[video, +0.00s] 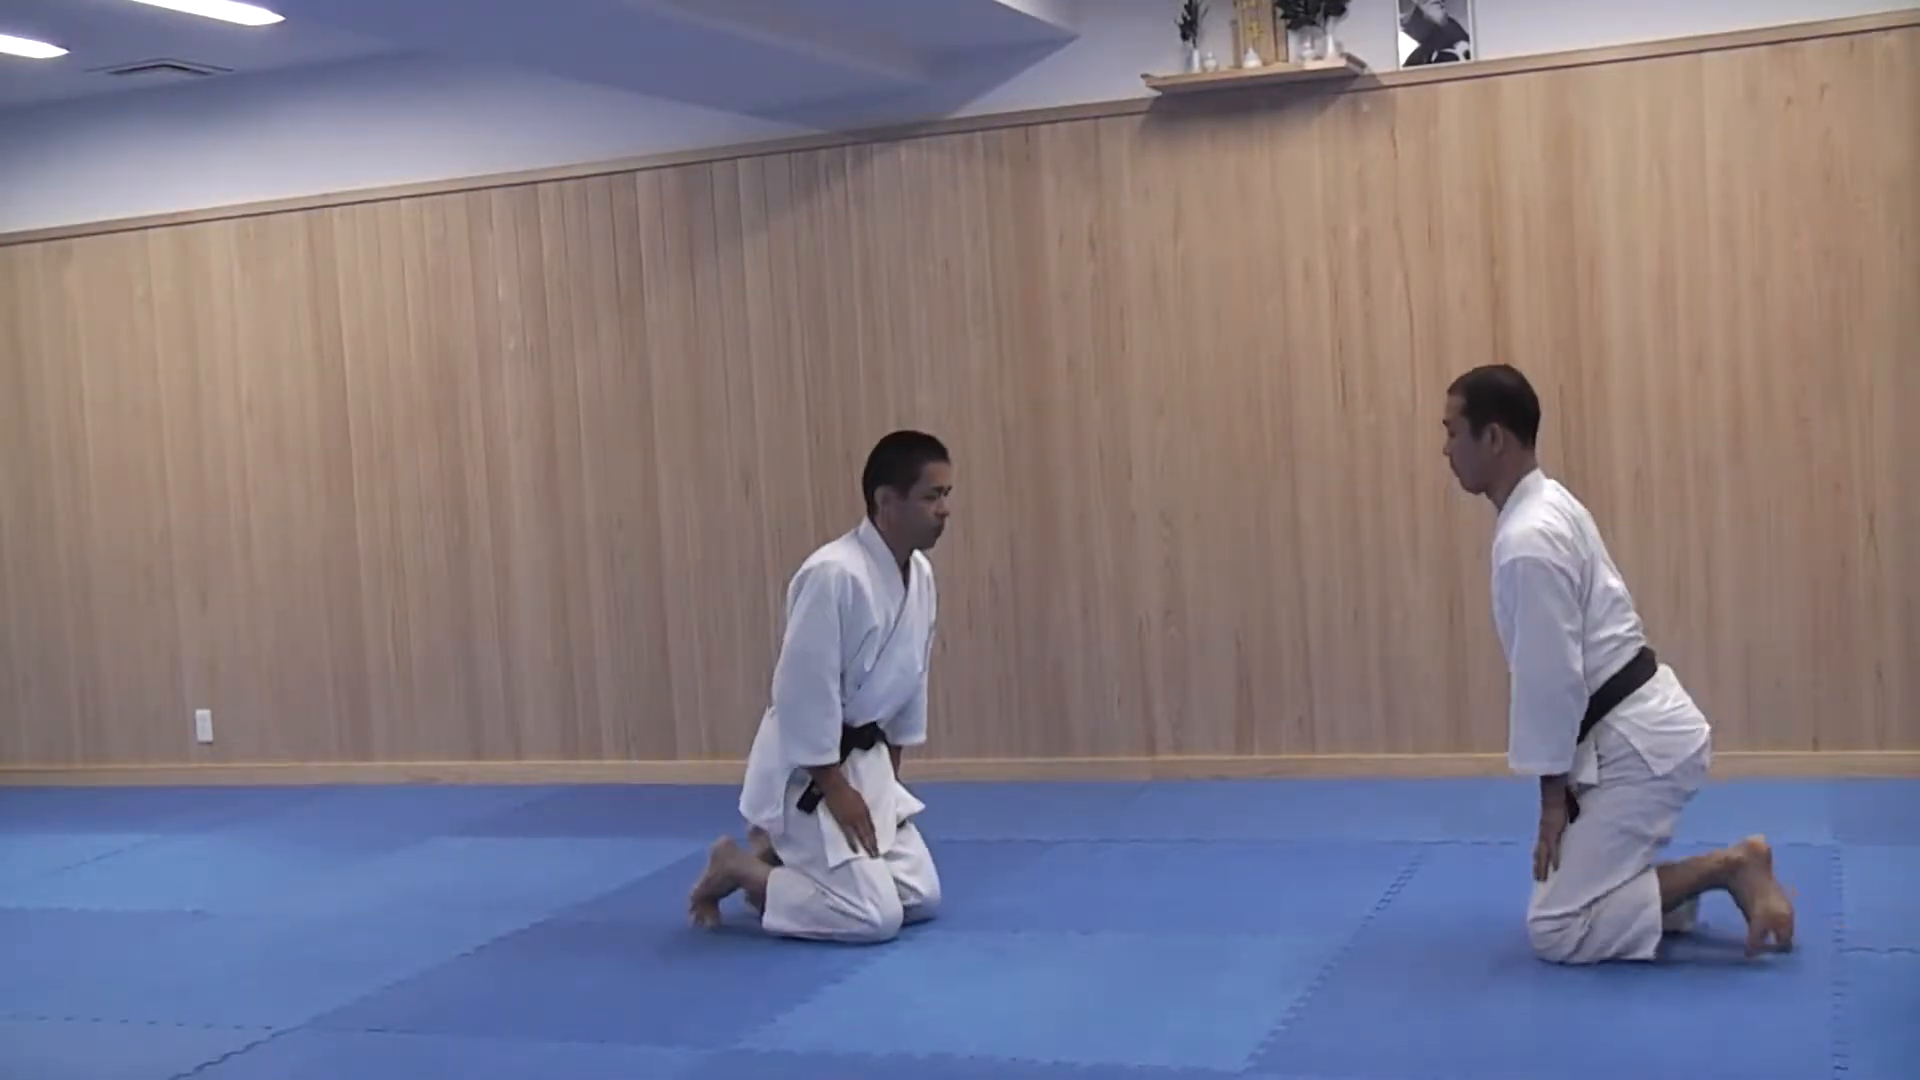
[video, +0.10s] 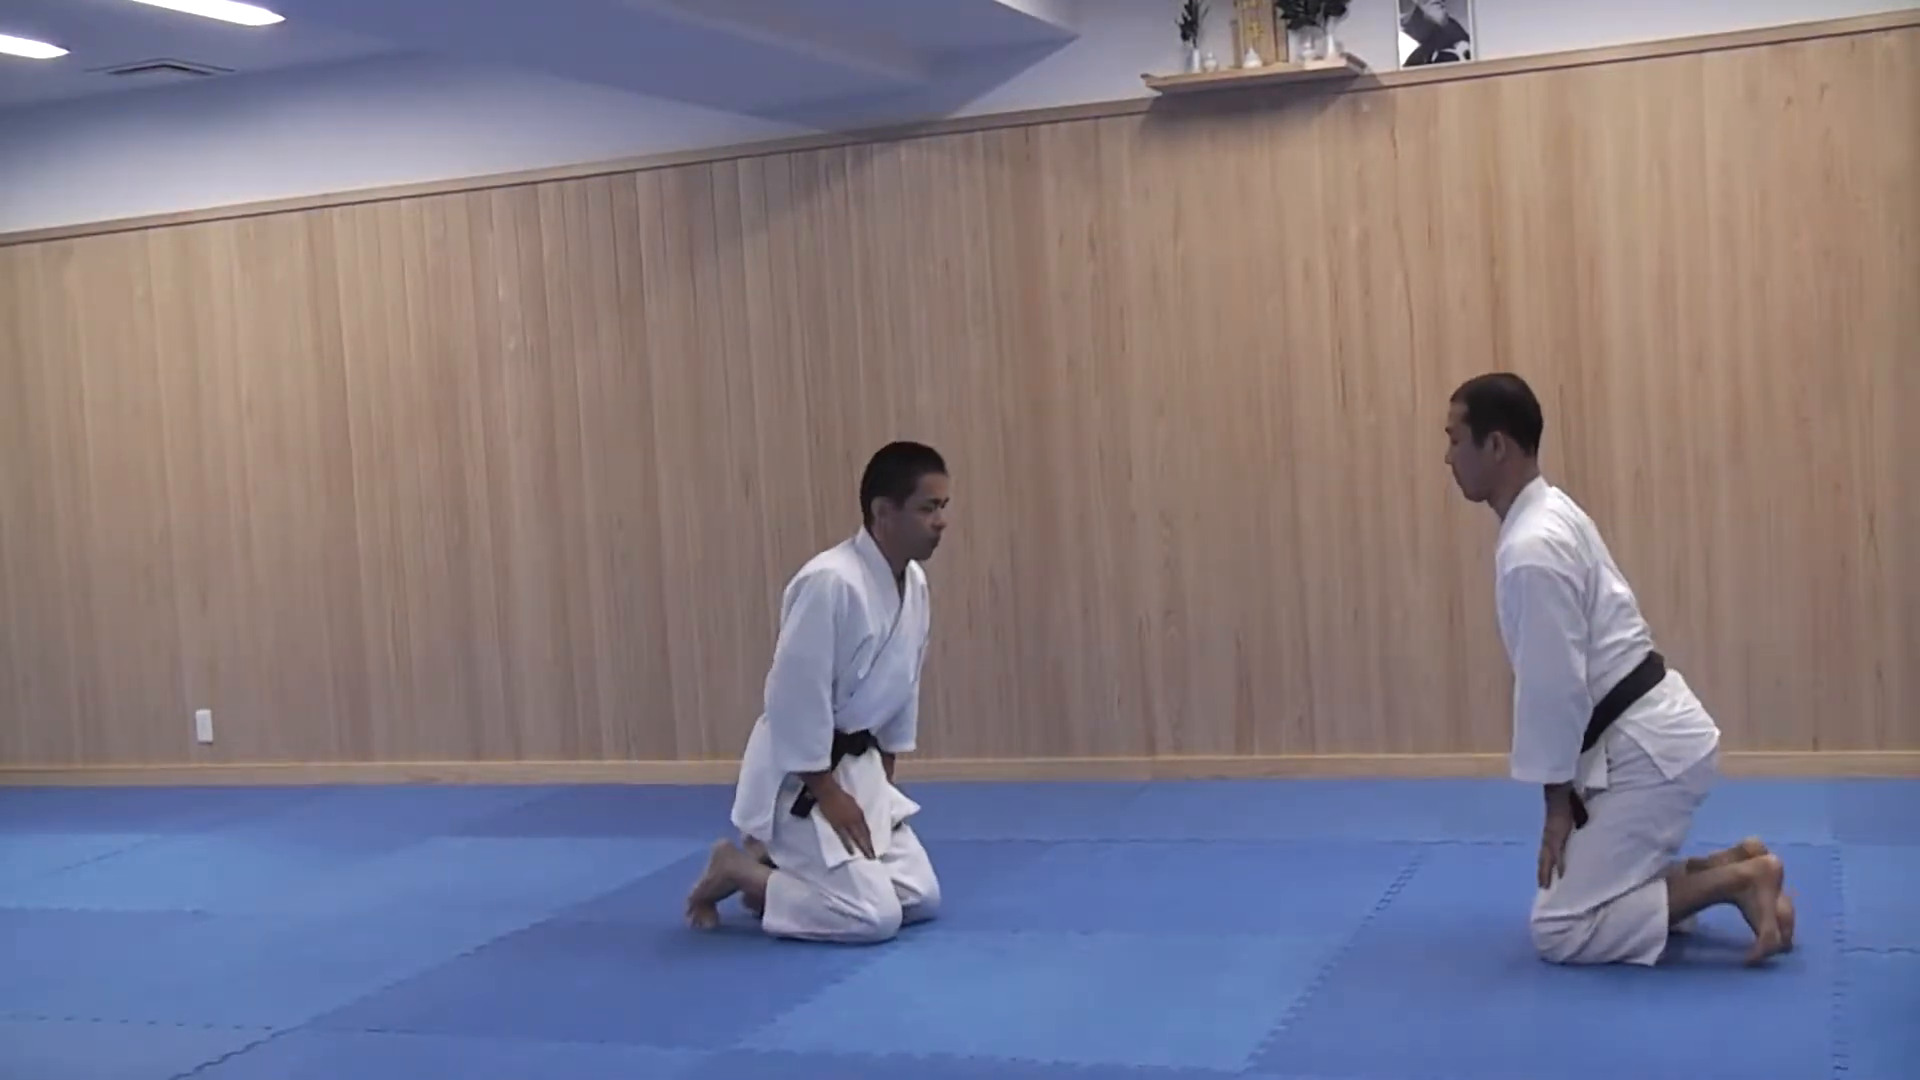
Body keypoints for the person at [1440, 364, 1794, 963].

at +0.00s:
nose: (1445, 449)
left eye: (1453, 432)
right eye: (1445, 432)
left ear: (1494, 439)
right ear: (1498, 440)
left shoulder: (1528, 539)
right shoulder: (1549, 505)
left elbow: (1551, 680)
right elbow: (1565, 664)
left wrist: (1552, 798)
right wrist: (1561, 789)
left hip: (1642, 746)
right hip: (1649, 730)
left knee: (1559, 930)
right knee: (1571, 897)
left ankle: (1728, 867)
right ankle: (1717, 873)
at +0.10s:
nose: (1447, 456)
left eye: (1455, 439)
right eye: (1448, 439)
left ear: (1497, 447)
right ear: (1500, 447)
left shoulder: (1531, 547)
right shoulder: (1550, 512)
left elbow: (1554, 689)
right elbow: (1565, 675)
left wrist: (1556, 805)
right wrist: (1564, 795)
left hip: (1650, 752)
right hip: (1659, 736)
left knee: (1562, 930)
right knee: (1582, 895)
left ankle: (1736, 882)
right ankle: (1730, 868)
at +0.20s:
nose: (1451, 471)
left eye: (1458, 454)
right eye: (1451, 454)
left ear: (1500, 460)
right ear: (1505, 460)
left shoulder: (1540, 557)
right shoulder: (1556, 524)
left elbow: (1563, 697)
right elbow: (1571, 685)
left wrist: (1564, 811)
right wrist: (1571, 797)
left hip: (1662, 762)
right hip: (1675, 744)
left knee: (1564, 932)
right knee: (1587, 888)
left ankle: (1739, 883)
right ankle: (1731, 867)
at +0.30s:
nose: (1464, 485)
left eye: (1471, 468)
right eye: (1465, 469)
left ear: (1513, 473)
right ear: (1517, 473)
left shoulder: (1557, 569)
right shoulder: (1570, 537)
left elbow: (1575, 709)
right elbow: (1579, 700)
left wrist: (1570, 824)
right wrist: (1576, 813)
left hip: (1677, 777)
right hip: (1687, 761)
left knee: (1563, 933)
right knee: (1585, 902)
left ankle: (1736, 887)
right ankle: (1732, 873)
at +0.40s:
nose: (1486, 497)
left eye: (1492, 481)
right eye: (1486, 481)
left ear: (1533, 486)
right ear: (1536, 487)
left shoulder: (1574, 587)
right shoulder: (1595, 550)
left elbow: (1581, 730)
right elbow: (1591, 715)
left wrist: (1574, 843)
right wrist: (1577, 835)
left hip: (1697, 795)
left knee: (1563, 935)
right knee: (1567, 913)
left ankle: (1738, 890)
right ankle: (1739, 876)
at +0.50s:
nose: (1513, 508)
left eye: (1517, 491)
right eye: (1513, 491)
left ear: (1558, 496)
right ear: (1562, 496)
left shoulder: (1590, 603)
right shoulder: (1634, 560)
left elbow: (1585, 742)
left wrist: (1573, 853)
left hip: (1710, 814)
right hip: (1736, 791)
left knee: (1565, 938)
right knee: (1578, 910)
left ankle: (1741, 892)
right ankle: (1747, 882)